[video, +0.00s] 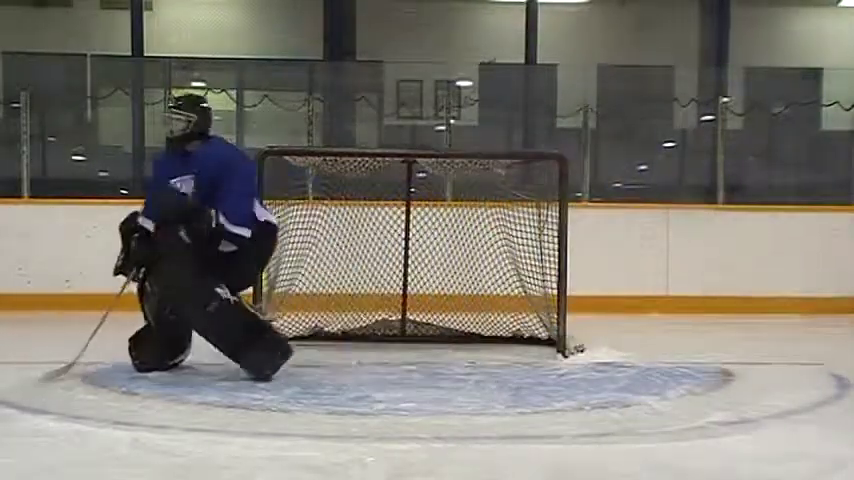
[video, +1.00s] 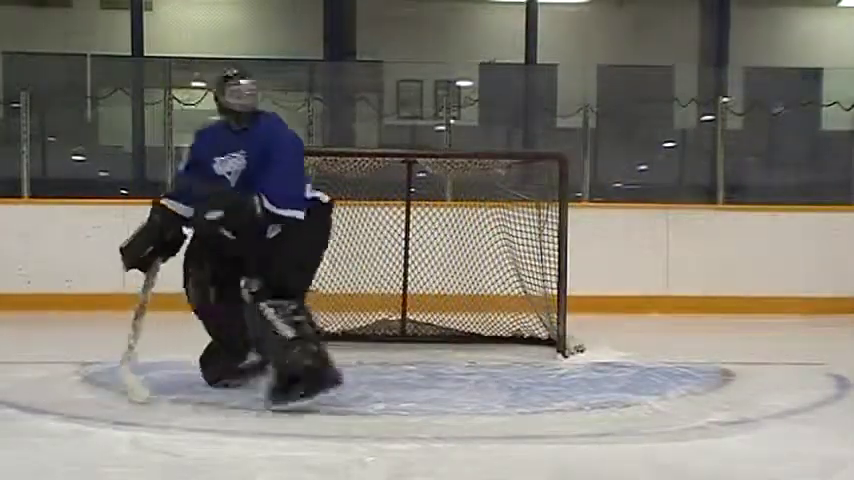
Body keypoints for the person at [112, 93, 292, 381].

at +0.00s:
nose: (171, 126)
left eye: (179, 120)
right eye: (170, 119)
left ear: (198, 124)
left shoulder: (229, 160)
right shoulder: (167, 162)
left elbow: (236, 228)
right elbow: (155, 209)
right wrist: (138, 241)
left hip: (248, 241)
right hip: (199, 240)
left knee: (189, 286)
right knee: (158, 274)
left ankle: (262, 349)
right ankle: (164, 345)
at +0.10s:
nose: (167, 124)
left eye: (175, 118)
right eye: (166, 116)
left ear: (194, 121)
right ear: (163, 117)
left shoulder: (226, 157)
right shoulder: (155, 164)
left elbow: (250, 220)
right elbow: (140, 222)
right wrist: (125, 257)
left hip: (228, 244)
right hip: (185, 246)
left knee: (205, 288)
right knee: (155, 284)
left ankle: (247, 365)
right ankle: (151, 354)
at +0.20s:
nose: (170, 116)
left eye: (178, 110)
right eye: (169, 109)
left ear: (197, 113)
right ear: (166, 111)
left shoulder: (231, 146)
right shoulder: (153, 161)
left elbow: (266, 196)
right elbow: (137, 218)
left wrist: (243, 200)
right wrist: (122, 257)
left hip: (235, 242)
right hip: (188, 252)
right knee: (155, 293)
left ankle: (245, 366)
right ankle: (150, 352)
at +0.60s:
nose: (189, 82)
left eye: (199, 77)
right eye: (187, 75)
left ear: (218, 84)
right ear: (183, 78)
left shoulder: (237, 126)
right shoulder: (178, 124)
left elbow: (240, 204)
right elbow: (158, 182)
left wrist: (192, 184)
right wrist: (144, 227)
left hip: (256, 222)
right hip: (213, 221)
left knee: (189, 278)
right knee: (164, 272)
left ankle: (217, 378)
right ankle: (184, 367)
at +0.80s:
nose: (199, 88)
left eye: (208, 81)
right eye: (199, 80)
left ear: (227, 86)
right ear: (202, 85)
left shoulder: (249, 127)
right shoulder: (201, 129)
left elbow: (241, 198)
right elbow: (183, 188)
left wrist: (188, 201)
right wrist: (156, 234)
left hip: (271, 225)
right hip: (228, 225)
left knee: (206, 287)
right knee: (186, 272)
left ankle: (239, 375)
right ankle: (205, 361)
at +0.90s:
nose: (219, 93)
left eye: (227, 87)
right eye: (214, 86)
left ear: (244, 95)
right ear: (208, 91)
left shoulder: (260, 135)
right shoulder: (204, 137)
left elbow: (264, 201)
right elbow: (182, 193)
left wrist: (202, 211)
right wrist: (155, 238)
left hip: (278, 227)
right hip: (230, 228)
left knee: (244, 294)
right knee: (197, 275)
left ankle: (272, 379)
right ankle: (229, 364)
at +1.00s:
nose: (243, 100)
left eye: (248, 92)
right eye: (234, 93)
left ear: (256, 96)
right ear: (219, 99)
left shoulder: (278, 138)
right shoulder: (208, 140)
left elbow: (283, 203)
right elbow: (185, 193)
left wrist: (242, 215)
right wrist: (158, 232)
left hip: (292, 221)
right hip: (233, 222)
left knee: (275, 290)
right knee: (203, 275)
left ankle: (304, 363)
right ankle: (239, 351)